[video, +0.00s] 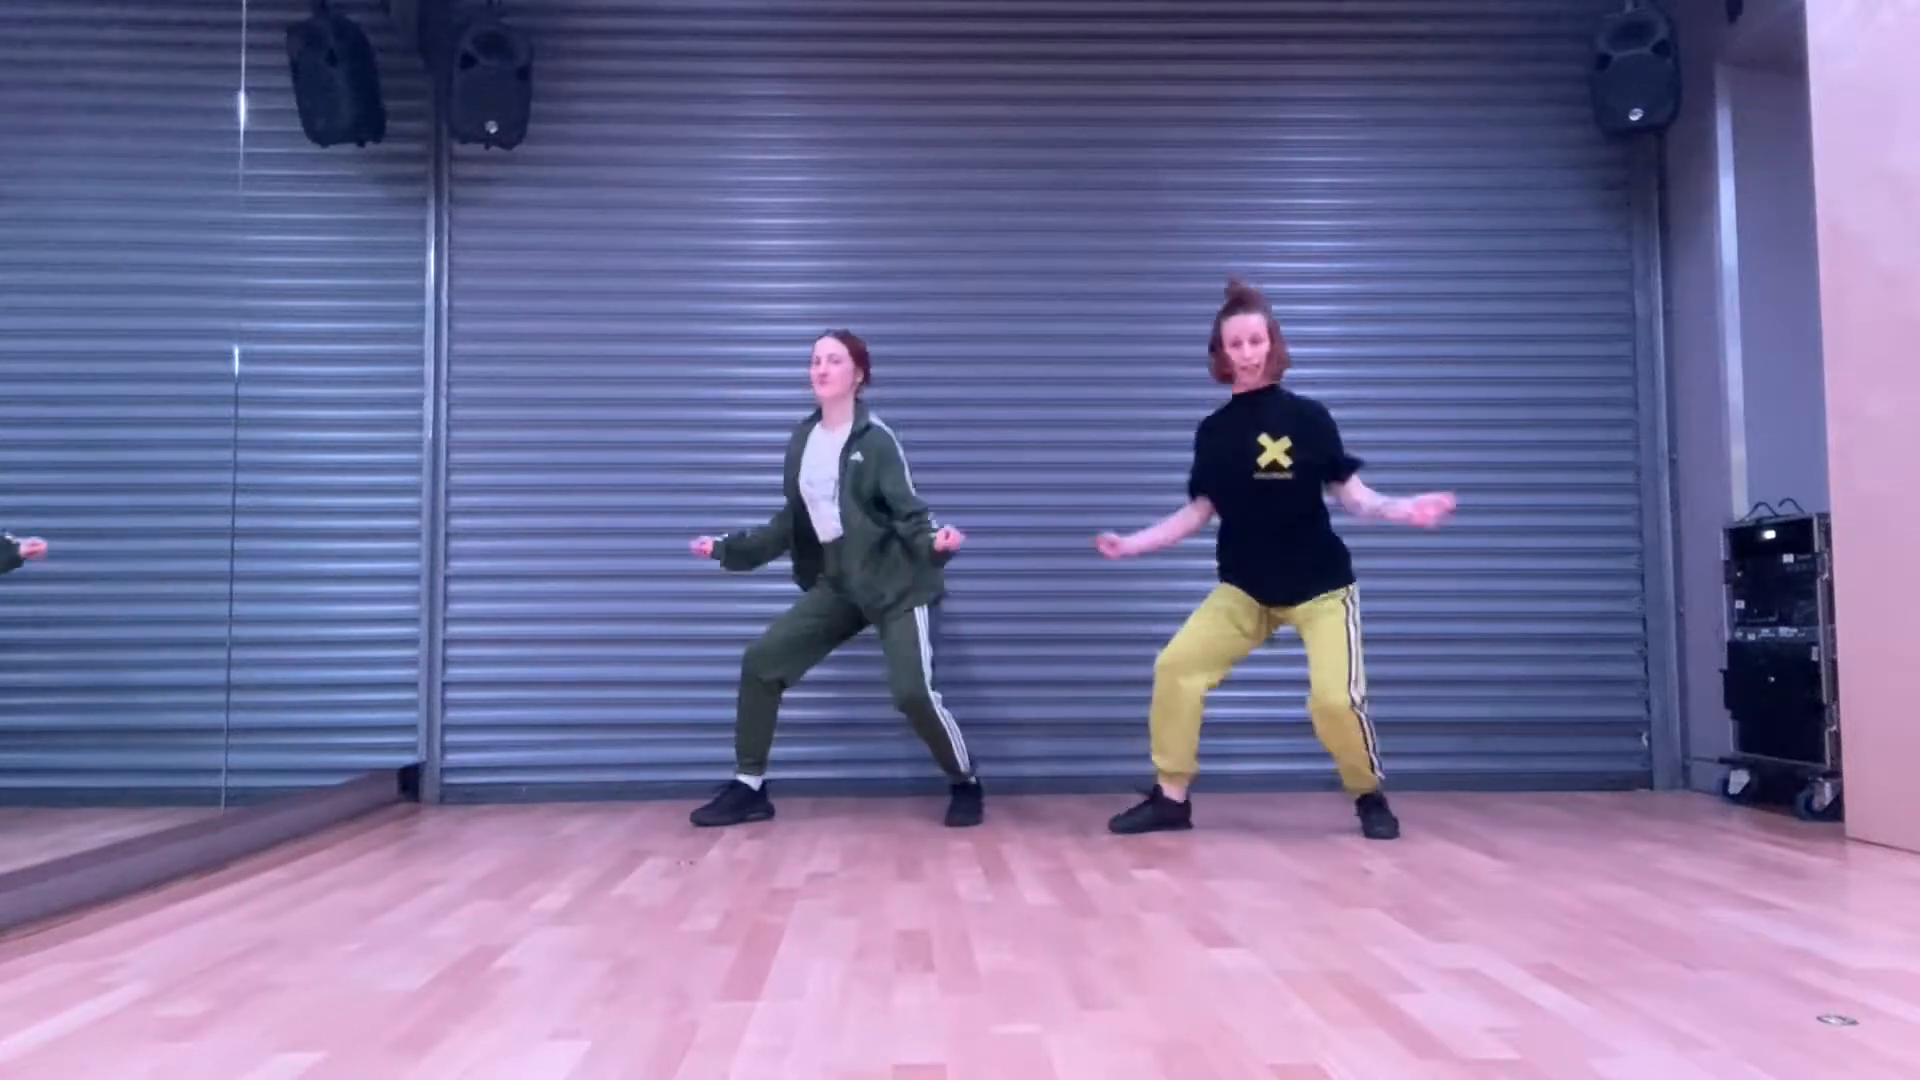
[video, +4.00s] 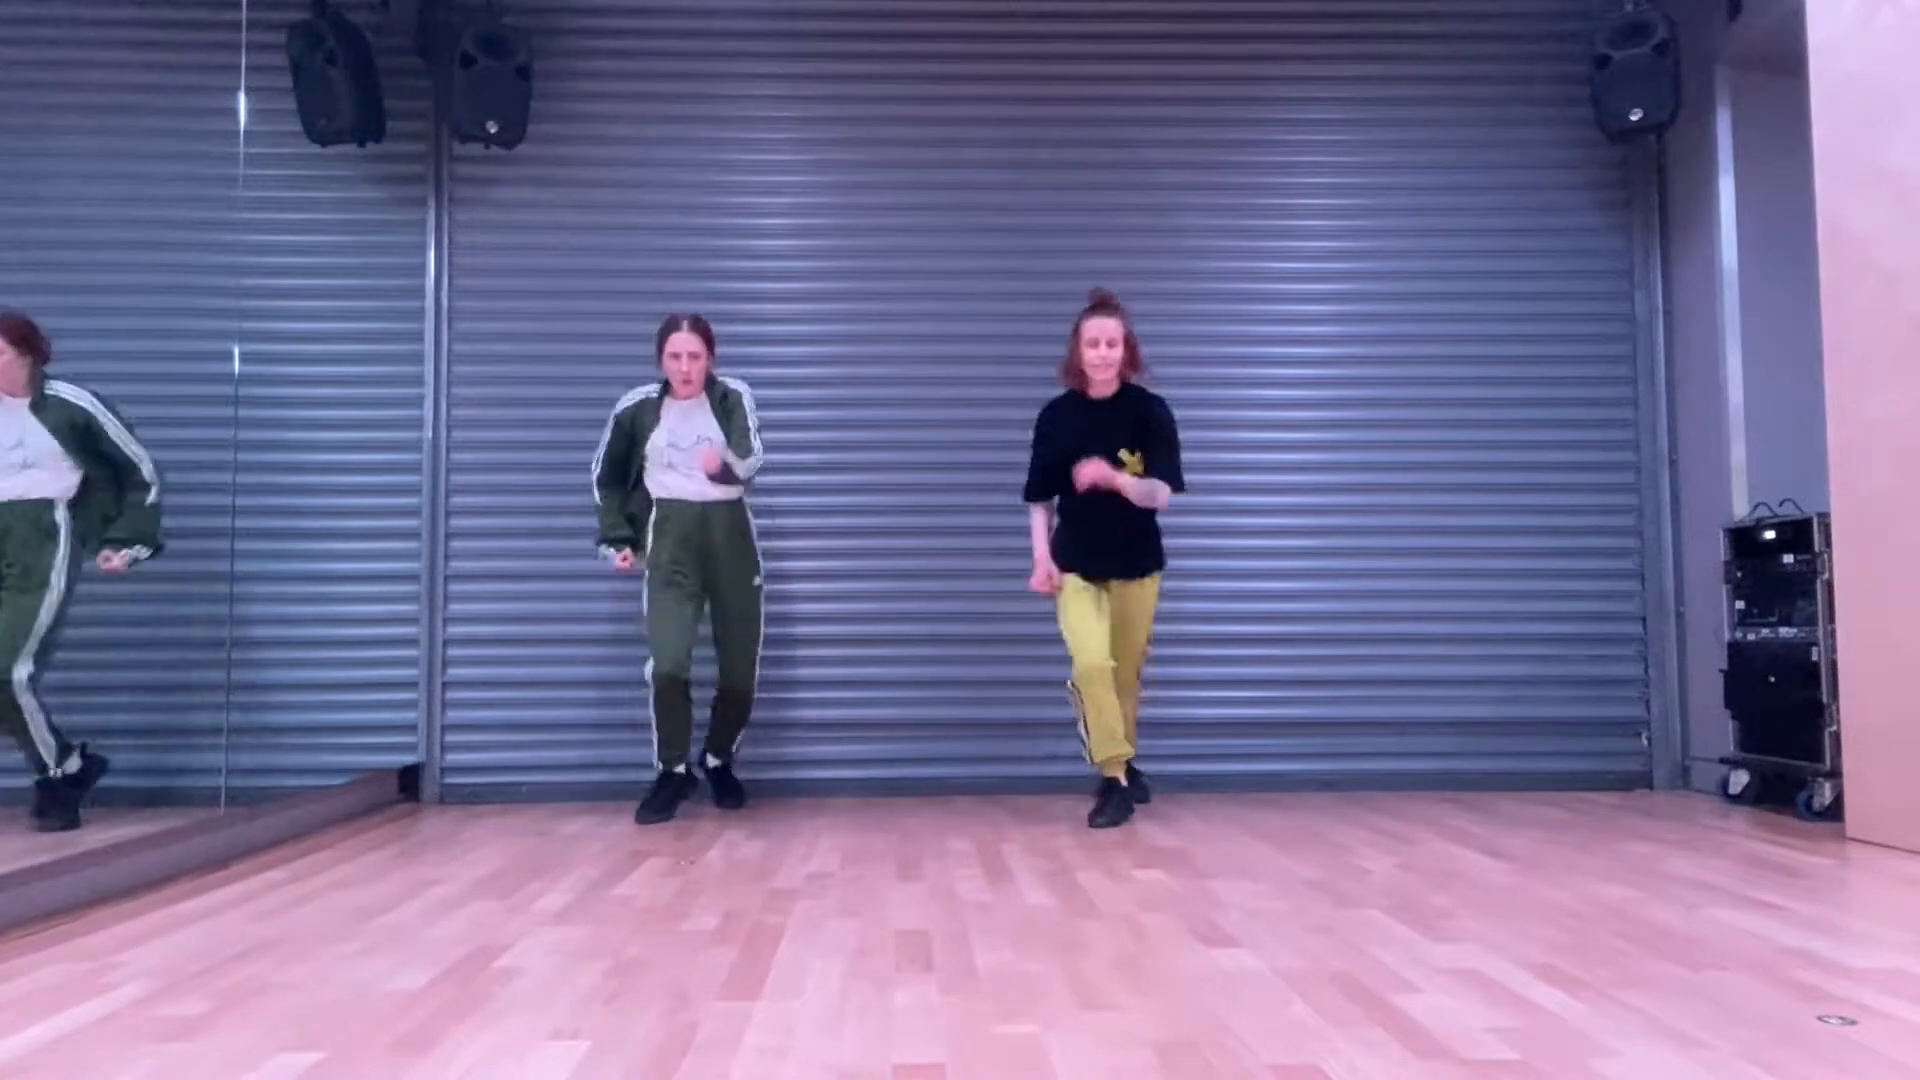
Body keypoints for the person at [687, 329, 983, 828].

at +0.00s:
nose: (821, 369)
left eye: (833, 361)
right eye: (815, 362)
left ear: (859, 375)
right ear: (809, 374)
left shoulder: (877, 440)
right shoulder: (803, 439)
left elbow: (909, 516)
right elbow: (793, 522)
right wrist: (729, 547)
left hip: (896, 583)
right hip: (837, 586)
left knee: (913, 693)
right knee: (762, 663)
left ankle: (965, 784)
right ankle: (748, 788)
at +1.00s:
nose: (733, 363)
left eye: (741, 352)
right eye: (727, 355)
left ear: (773, 354)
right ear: (728, 363)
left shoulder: (812, 404)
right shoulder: (747, 415)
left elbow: (839, 481)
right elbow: (755, 493)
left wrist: (822, 521)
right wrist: (718, 526)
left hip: (789, 562)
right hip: (740, 565)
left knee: (808, 680)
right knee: (710, 673)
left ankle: (906, 752)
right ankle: (761, 788)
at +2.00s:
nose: (753, 312)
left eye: (765, 304)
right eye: (745, 304)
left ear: (788, 314)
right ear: (735, 313)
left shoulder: (804, 366)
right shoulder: (719, 352)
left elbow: (778, 414)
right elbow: (759, 369)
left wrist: (719, 435)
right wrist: (812, 362)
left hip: (772, 507)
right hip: (709, 505)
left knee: (788, 648)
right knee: (680, 635)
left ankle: (790, 774)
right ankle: (684, 768)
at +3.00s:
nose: (734, 388)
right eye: (734, 380)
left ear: (683, 361)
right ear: (729, 375)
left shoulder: (636, 390)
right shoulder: (738, 412)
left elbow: (605, 469)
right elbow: (765, 496)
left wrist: (606, 519)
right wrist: (729, 536)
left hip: (617, 546)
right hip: (686, 553)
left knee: (614, 666)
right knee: (709, 672)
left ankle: (602, 784)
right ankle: (706, 792)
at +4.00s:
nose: (685, 366)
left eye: (694, 357)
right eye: (675, 356)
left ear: (710, 361)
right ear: (661, 361)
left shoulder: (732, 399)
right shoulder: (636, 409)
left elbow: (748, 461)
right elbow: (609, 477)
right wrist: (618, 539)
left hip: (730, 536)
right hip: (669, 539)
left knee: (740, 666)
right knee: (668, 664)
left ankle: (719, 761)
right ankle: (672, 771)